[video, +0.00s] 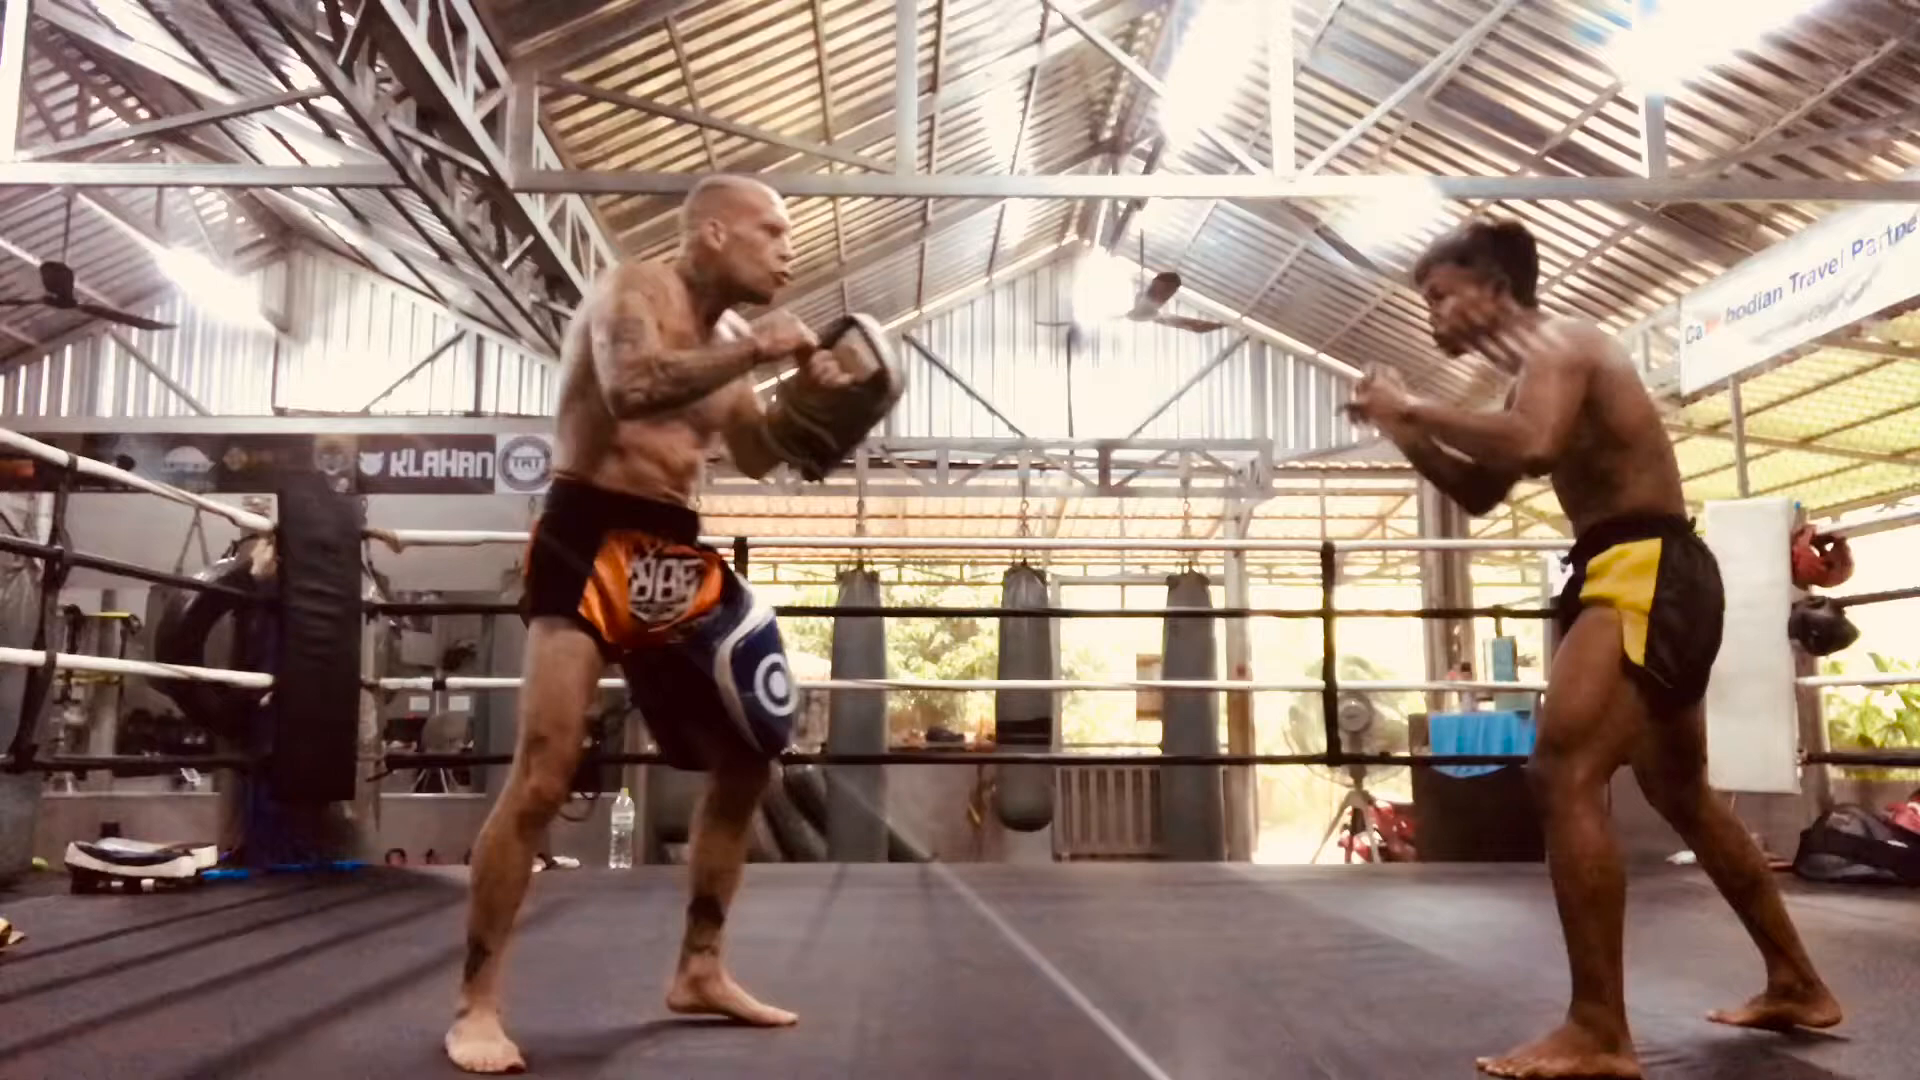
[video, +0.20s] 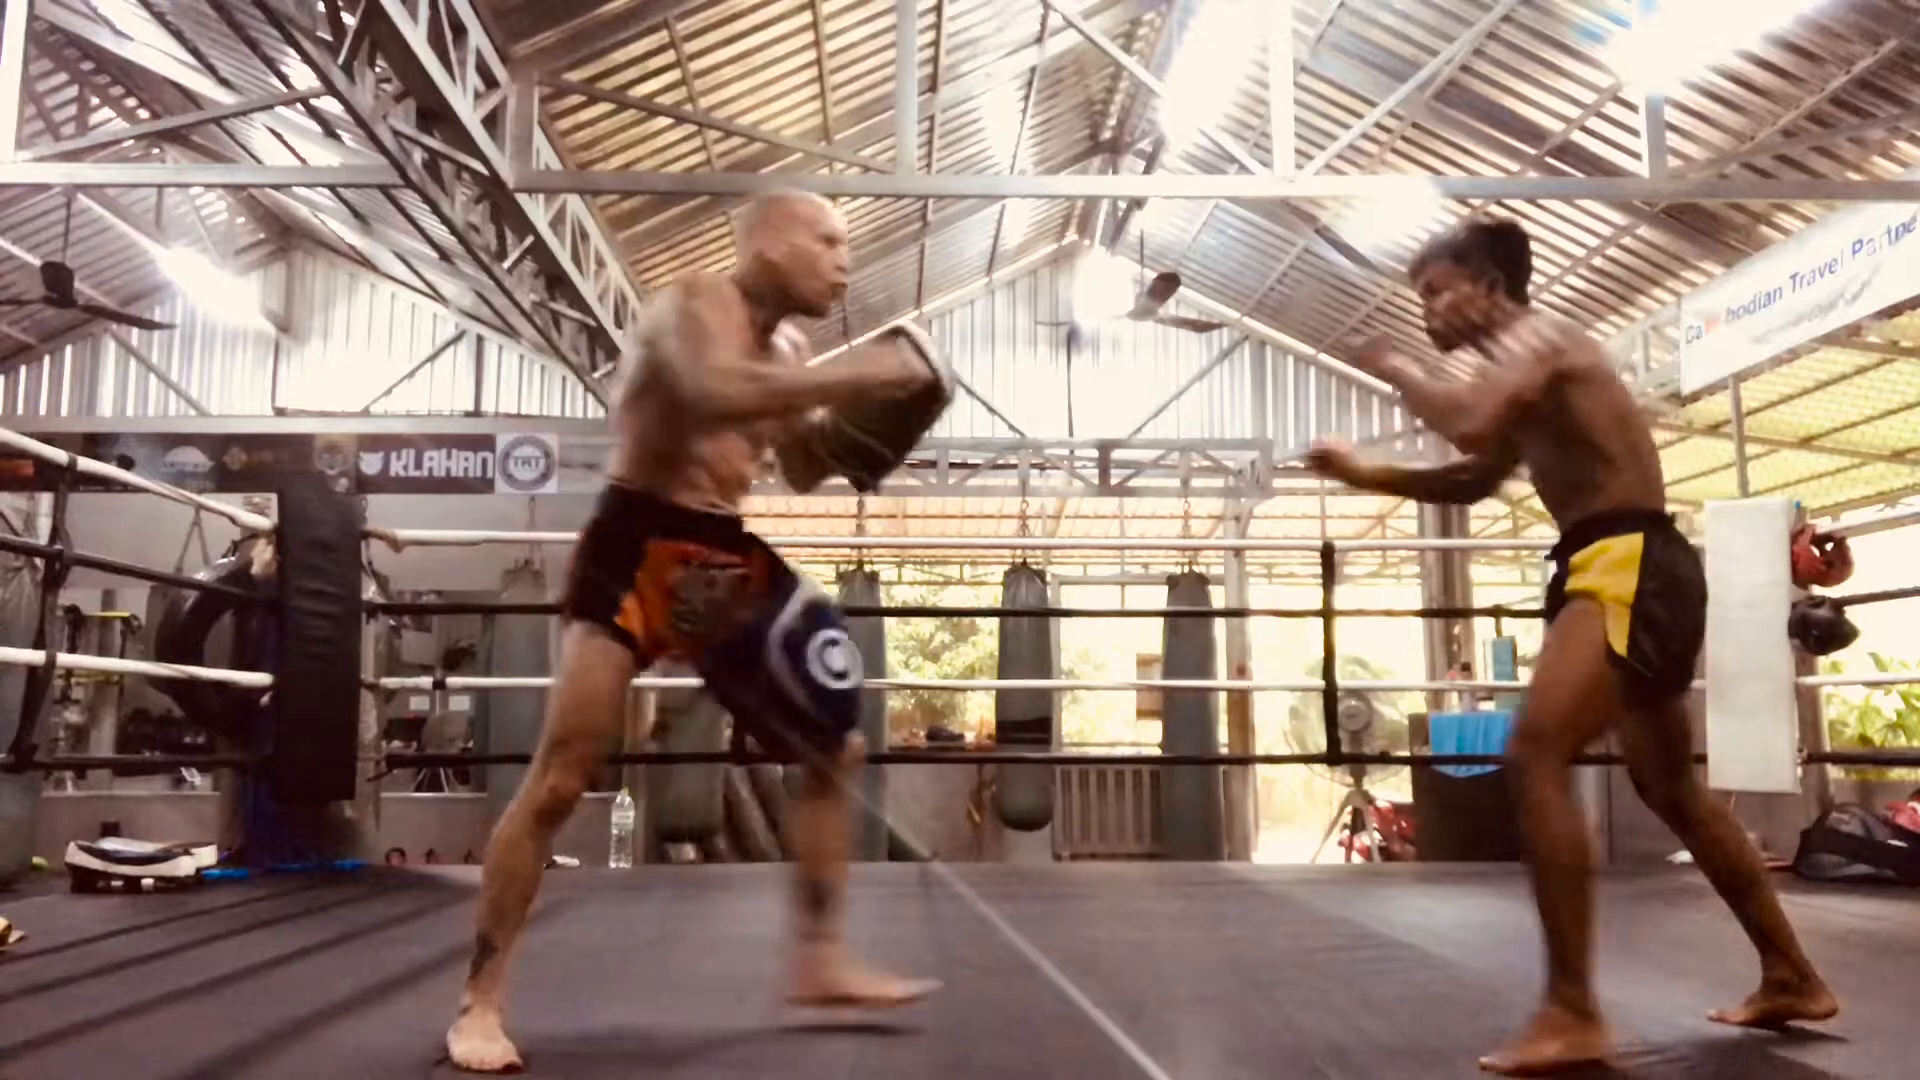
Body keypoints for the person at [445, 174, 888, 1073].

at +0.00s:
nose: (785, 251)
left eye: (786, 236)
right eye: (771, 233)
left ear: (728, 236)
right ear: (713, 232)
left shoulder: (720, 336)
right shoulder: (634, 285)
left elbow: (758, 448)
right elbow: (633, 383)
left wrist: (820, 400)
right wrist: (759, 349)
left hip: (675, 545)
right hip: (587, 535)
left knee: (747, 753)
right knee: (543, 781)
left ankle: (701, 970)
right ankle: (478, 1006)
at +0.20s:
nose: (841, 263)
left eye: (842, 249)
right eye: (827, 241)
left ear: (801, 257)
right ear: (768, 239)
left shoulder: (778, 350)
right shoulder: (696, 302)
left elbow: (801, 466)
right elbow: (708, 389)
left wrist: (837, 424)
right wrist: (846, 375)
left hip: (722, 553)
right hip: (634, 545)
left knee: (830, 747)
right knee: (557, 784)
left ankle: (818, 963)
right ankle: (481, 1004)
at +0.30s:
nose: (885, 276)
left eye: (884, 261)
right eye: (870, 257)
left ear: (827, 265)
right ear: (818, 260)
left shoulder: (804, 351)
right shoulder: (768, 313)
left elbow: (806, 480)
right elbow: (884, 370)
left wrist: (909, 439)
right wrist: (938, 312)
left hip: (764, 570)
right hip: (708, 561)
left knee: (904, 766)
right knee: (607, 795)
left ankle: (958, 978)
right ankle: (491, 999)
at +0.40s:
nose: (917, 300)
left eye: (919, 285)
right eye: (906, 279)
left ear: (857, 281)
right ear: (855, 274)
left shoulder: (844, 364)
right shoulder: (820, 329)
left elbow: (866, 511)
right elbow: (942, 377)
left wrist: (942, 451)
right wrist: (1052, 342)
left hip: (852, 575)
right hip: (809, 566)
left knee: (986, 771)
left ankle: (981, 986)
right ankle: (582, 924)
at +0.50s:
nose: (955, 312)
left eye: (957, 298)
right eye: (943, 293)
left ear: (893, 300)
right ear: (890, 290)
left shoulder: (832, 341)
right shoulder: (863, 323)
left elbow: (951, 464)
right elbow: (923, 425)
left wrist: (954, 365)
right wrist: (960, 371)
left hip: (834, 557)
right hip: (863, 538)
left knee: (991, 769)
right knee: (1020, 668)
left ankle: (983, 982)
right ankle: (942, 798)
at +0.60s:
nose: (991, 315)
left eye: (996, 305)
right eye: (980, 296)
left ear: (982, 316)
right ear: (929, 284)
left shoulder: (945, 382)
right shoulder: (871, 320)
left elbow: (1013, 439)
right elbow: (816, 412)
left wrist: (987, 356)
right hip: (878, 503)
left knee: (998, 770)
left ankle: (982, 983)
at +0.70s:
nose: (1001, 318)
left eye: (1007, 313)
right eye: (995, 298)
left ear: (974, 321)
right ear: (947, 283)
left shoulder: (952, 394)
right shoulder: (878, 320)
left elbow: (1045, 463)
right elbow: (779, 392)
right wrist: (686, 445)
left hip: (913, 580)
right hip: (919, 504)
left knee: (1007, 773)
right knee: (1160, 482)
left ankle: (983, 987)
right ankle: (1359, 582)